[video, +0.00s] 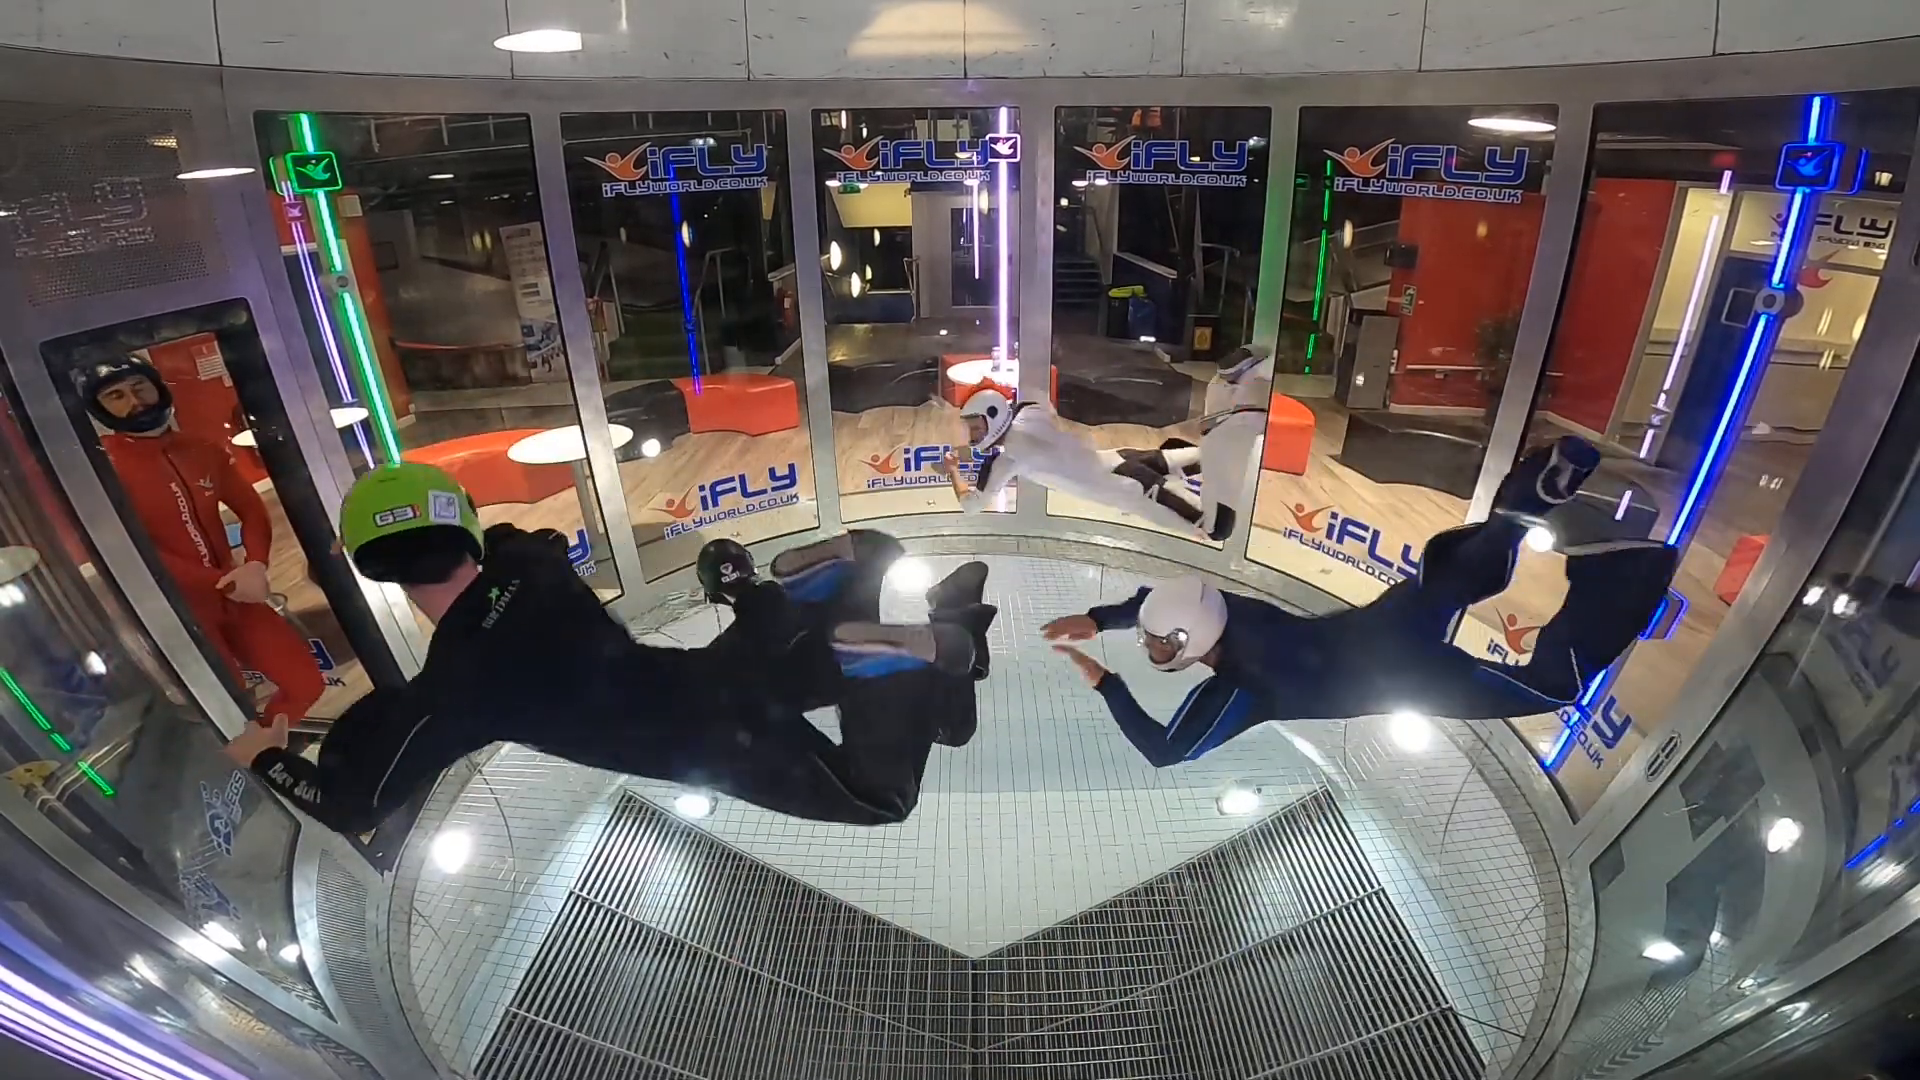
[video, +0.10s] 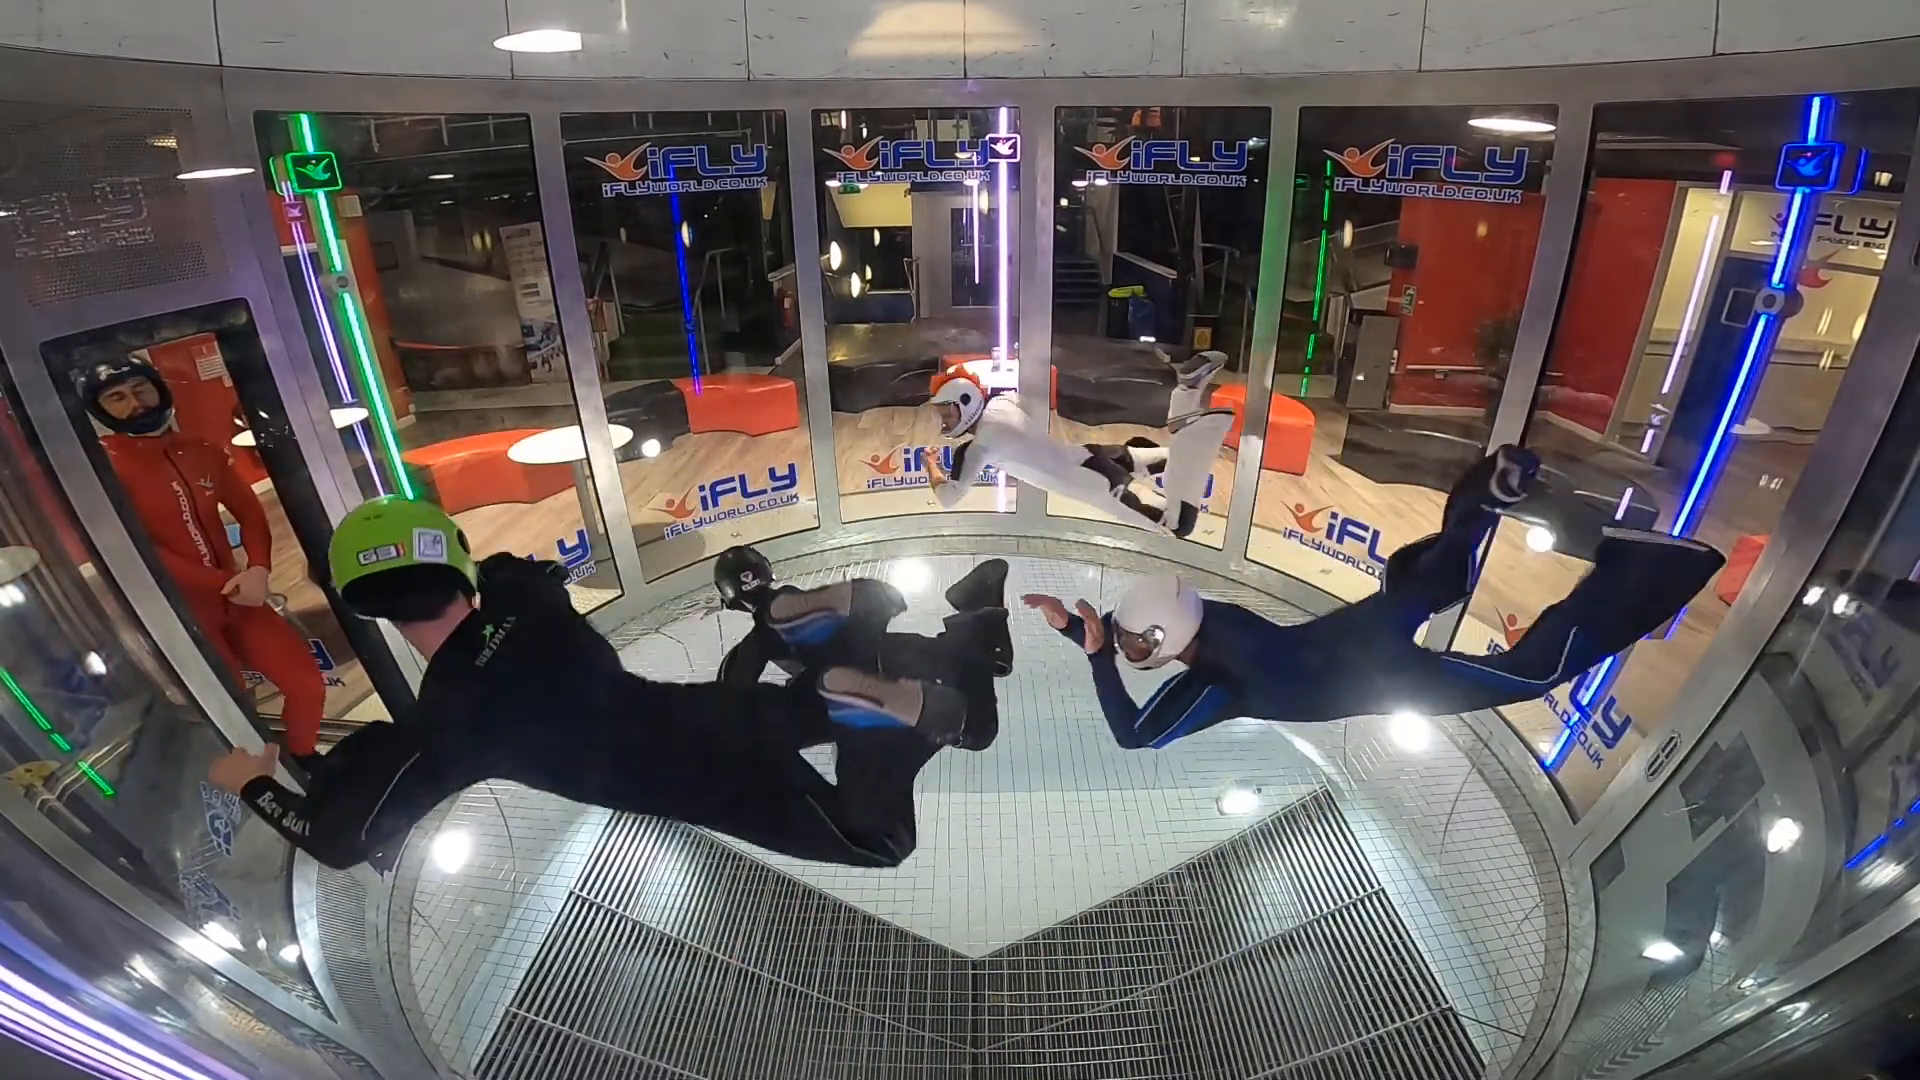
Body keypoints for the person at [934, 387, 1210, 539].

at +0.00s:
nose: (971, 433)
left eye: (975, 426)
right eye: (968, 426)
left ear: (994, 421)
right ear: (999, 414)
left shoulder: (1009, 456)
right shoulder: (1031, 413)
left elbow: (971, 504)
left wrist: (953, 474)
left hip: (1116, 483)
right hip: (1116, 457)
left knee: (1208, 524)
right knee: (1166, 458)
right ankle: (1221, 454)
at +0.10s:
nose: (942, 424)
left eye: (947, 416)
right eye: (941, 416)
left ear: (967, 409)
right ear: (971, 400)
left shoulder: (977, 446)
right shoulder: (1003, 402)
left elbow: (952, 496)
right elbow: (1036, 415)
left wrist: (935, 482)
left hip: (1079, 479)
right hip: (1084, 450)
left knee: (1166, 522)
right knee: (1135, 458)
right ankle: (1182, 453)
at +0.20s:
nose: (915, 410)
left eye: (920, 401)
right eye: (911, 402)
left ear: (940, 397)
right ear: (944, 393)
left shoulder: (953, 435)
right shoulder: (969, 400)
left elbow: (925, 488)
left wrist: (897, 473)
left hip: (1055, 476)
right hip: (1054, 449)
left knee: (1139, 520)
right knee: (1094, 454)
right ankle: (1143, 455)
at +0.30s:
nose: (886, 405)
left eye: (891, 397)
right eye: (882, 399)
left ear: (911, 391)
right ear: (904, 391)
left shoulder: (928, 422)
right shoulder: (932, 395)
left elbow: (891, 477)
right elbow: (907, 412)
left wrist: (851, 463)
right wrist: (881, 412)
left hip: (1024, 470)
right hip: (1017, 452)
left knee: (1103, 512)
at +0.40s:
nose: (862, 402)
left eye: (868, 393)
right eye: (857, 396)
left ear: (886, 388)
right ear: (863, 392)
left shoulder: (901, 419)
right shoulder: (898, 394)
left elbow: (858, 469)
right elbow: (871, 406)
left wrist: (813, 437)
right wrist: (849, 407)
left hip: (998, 468)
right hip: (990, 452)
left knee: (1078, 508)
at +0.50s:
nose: (839, 394)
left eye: (845, 387)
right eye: (836, 388)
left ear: (863, 386)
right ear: (841, 388)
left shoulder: (881, 418)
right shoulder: (872, 393)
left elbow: (836, 461)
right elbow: (840, 397)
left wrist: (784, 436)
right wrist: (809, 397)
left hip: (979, 465)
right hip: (969, 450)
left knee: (1055, 507)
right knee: (1041, 497)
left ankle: (1039, 428)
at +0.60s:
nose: (824, 394)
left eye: (829, 385)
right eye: (818, 388)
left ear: (847, 381)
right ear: (816, 387)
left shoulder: (865, 410)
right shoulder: (854, 398)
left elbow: (830, 454)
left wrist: (769, 454)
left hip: (957, 464)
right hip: (947, 449)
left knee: (1033, 507)